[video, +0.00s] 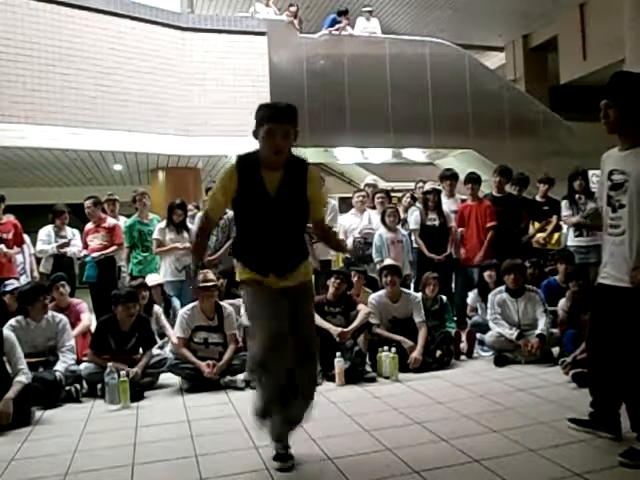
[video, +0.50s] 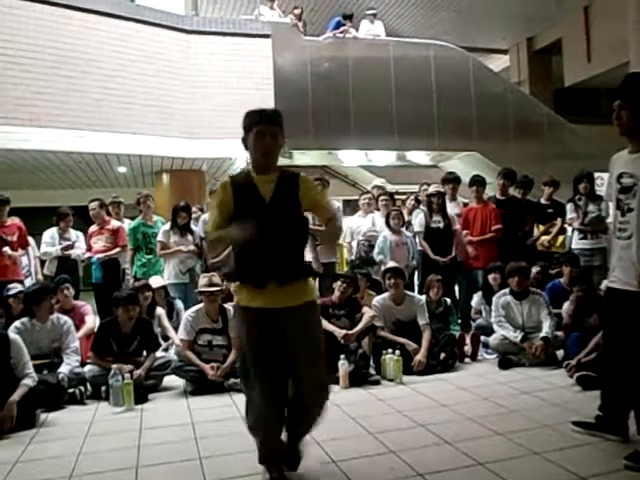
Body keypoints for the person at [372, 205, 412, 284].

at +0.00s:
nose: (392, 219)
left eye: (394, 216)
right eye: (389, 216)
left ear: (398, 218)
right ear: (384, 218)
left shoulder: (403, 234)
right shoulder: (380, 234)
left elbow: (408, 252)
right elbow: (376, 253)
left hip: (403, 269)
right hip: (387, 268)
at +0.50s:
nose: (396, 221)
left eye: (399, 218)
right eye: (393, 219)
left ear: (402, 220)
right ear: (388, 221)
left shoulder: (408, 236)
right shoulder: (384, 236)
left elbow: (414, 253)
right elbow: (377, 253)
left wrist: (412, 263)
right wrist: (385, 262)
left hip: (407, 270)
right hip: (390, 269)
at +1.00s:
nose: (396, 222)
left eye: (398, 219)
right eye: (393, 219)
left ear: (402, 220)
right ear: (388, 221)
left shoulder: (409, 235)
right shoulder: (384, 236)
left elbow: (415, 252)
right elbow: (377, 255)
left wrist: (411, 266)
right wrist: (389, 265)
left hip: (407, 272)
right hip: (390, 272)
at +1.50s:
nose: (397, 222)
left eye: (399, 218)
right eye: (393, 219)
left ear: (403, 220)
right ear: (388, 221)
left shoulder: (408, 235)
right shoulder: (385, 237)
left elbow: (414, 251)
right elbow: (382, 255)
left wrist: (413, 265)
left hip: (408, 272)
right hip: (392, 272)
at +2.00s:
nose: (397, 222)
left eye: (399, 219)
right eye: (393, 219)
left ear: (403, 221)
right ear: (388, 221)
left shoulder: (408, 235)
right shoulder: (386, 237)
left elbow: (413, 251)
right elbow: (383, 255)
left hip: (408, 271)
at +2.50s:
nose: (398, 222)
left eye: (400, 219)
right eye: (394, 220)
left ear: (403, 221)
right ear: (389, 221)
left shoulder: (409, 235)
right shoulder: (386, 235)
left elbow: (414, 249)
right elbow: (376, 251)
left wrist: (413, 261)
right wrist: (385, 264)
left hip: (408, 271)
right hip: (392, 271)